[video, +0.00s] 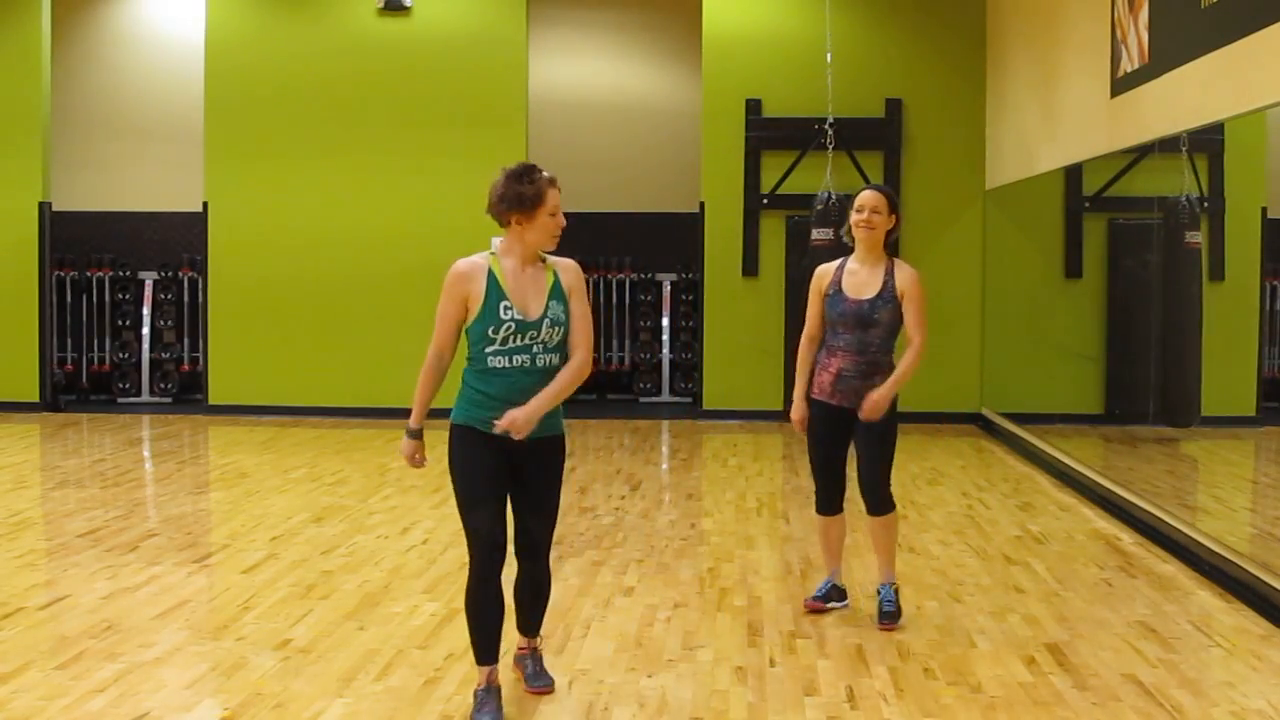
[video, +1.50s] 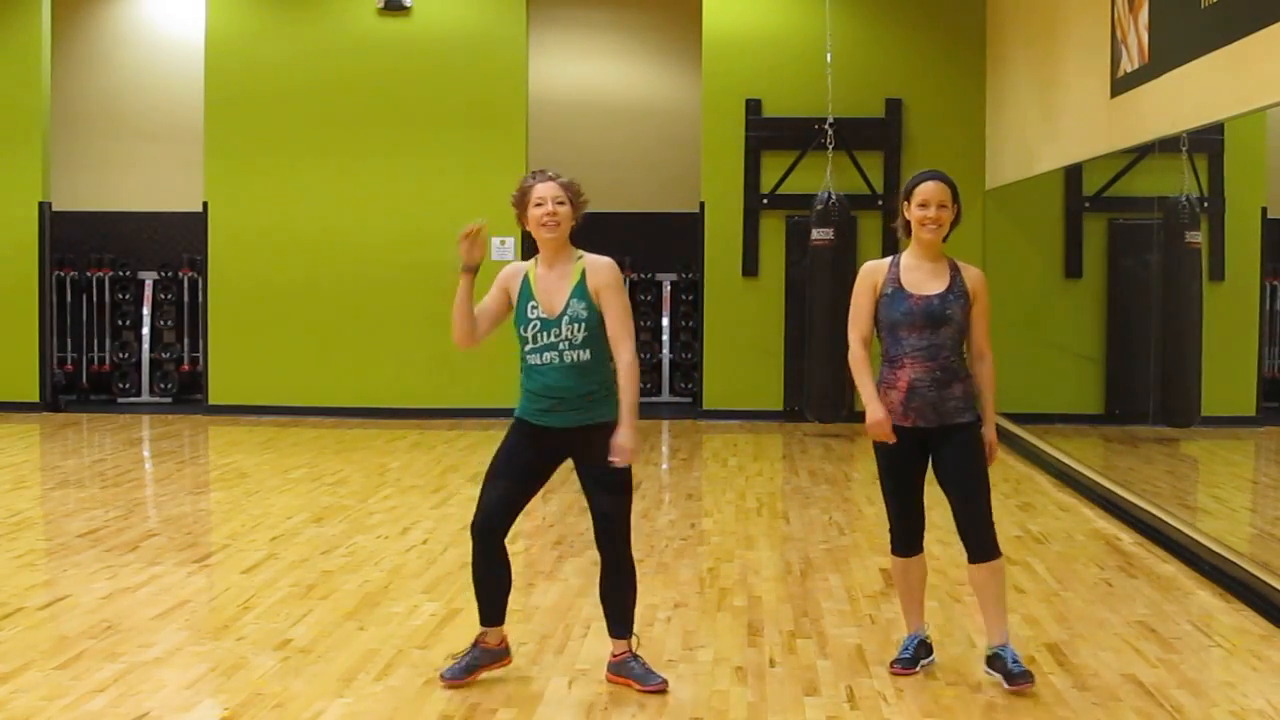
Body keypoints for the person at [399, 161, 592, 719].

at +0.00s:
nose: (563, 221)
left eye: (561, 212)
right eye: (553, 213)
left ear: (532, 219)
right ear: (516, 219)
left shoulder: (567, 275)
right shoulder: (468, 275)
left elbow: (581, 359)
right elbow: (439, 354)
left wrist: (535, 408)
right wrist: (415, 424)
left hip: (542, 434)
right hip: (477, 433)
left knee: (535, 554)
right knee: (486, 556)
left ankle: (529, 648)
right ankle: (487, 679)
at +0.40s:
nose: (537, 227)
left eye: (538, 217)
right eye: (528, 218)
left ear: (519, 219)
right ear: (493, 217)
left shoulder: (537, 271)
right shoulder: (449, 272)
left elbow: (575, 340)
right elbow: (418, 355)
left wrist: (617, 402)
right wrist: (408, 432)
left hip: (522, 429)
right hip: (462, 431)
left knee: (518, 540)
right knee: (469, 542)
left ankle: (523, 648)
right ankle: (467, 641)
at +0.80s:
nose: (516, 221)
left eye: (519, 211)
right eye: (505, 212)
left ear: (522, 214)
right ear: (474, 215)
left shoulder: (534, 274)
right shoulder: (440, 274)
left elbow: (552, 350)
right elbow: (407, 353)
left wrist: (565, 420)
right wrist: (383, 426)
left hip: (511, 424)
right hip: (451, 424)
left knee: (496, 531)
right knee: (462, 535)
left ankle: (501, 641)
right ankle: (467, 641)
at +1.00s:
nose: (505, 205)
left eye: (514, 198)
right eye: (494, 199)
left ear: (527, 212)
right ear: (477, 213)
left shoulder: (547, 277)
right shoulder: (451, 272)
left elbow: (543, 364)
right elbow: (423, 349)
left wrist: (508, 425)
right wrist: (402, 422)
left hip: (518, 420)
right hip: (456, 421)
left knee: (548, 531)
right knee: (466, 535)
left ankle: (565, 639)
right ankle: (467, 642)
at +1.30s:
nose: (537, 207)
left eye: (546, 200)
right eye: (526, 201)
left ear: (561, 214)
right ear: (510, 216)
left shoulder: (584, 274)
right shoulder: (493, 277)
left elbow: (599, 358)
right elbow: (478, 349)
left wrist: (553, 413)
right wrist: (442, 381)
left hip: (567, 425)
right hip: (503, 425)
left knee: (595, 538)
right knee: (485, 541)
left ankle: (619, 652)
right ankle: (475, 643)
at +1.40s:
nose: (545, 210)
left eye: (554, 202)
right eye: (534, 204)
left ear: (570, 215)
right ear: (520, 218)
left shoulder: (595, 274)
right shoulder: (507, 280)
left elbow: (616, 357)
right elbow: (484, 356)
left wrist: (588, 420)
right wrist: (457, 331)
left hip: (586, 425)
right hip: (523, 427)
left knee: (610, 539)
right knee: (486, 532)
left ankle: (621, 652)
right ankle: (492, 641)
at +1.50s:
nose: (549, 211)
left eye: (558, 203)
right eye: (538, 204)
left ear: (574, 213)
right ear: (525, 218)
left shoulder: (600, 271)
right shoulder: (514, 277)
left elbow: (625, 353)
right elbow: (466, 335)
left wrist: (627, 425)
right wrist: (467, 272)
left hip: (598, 426)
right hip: (535, 426)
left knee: (614, 541)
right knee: (486, 526)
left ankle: (622, 653)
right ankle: (491, 640)